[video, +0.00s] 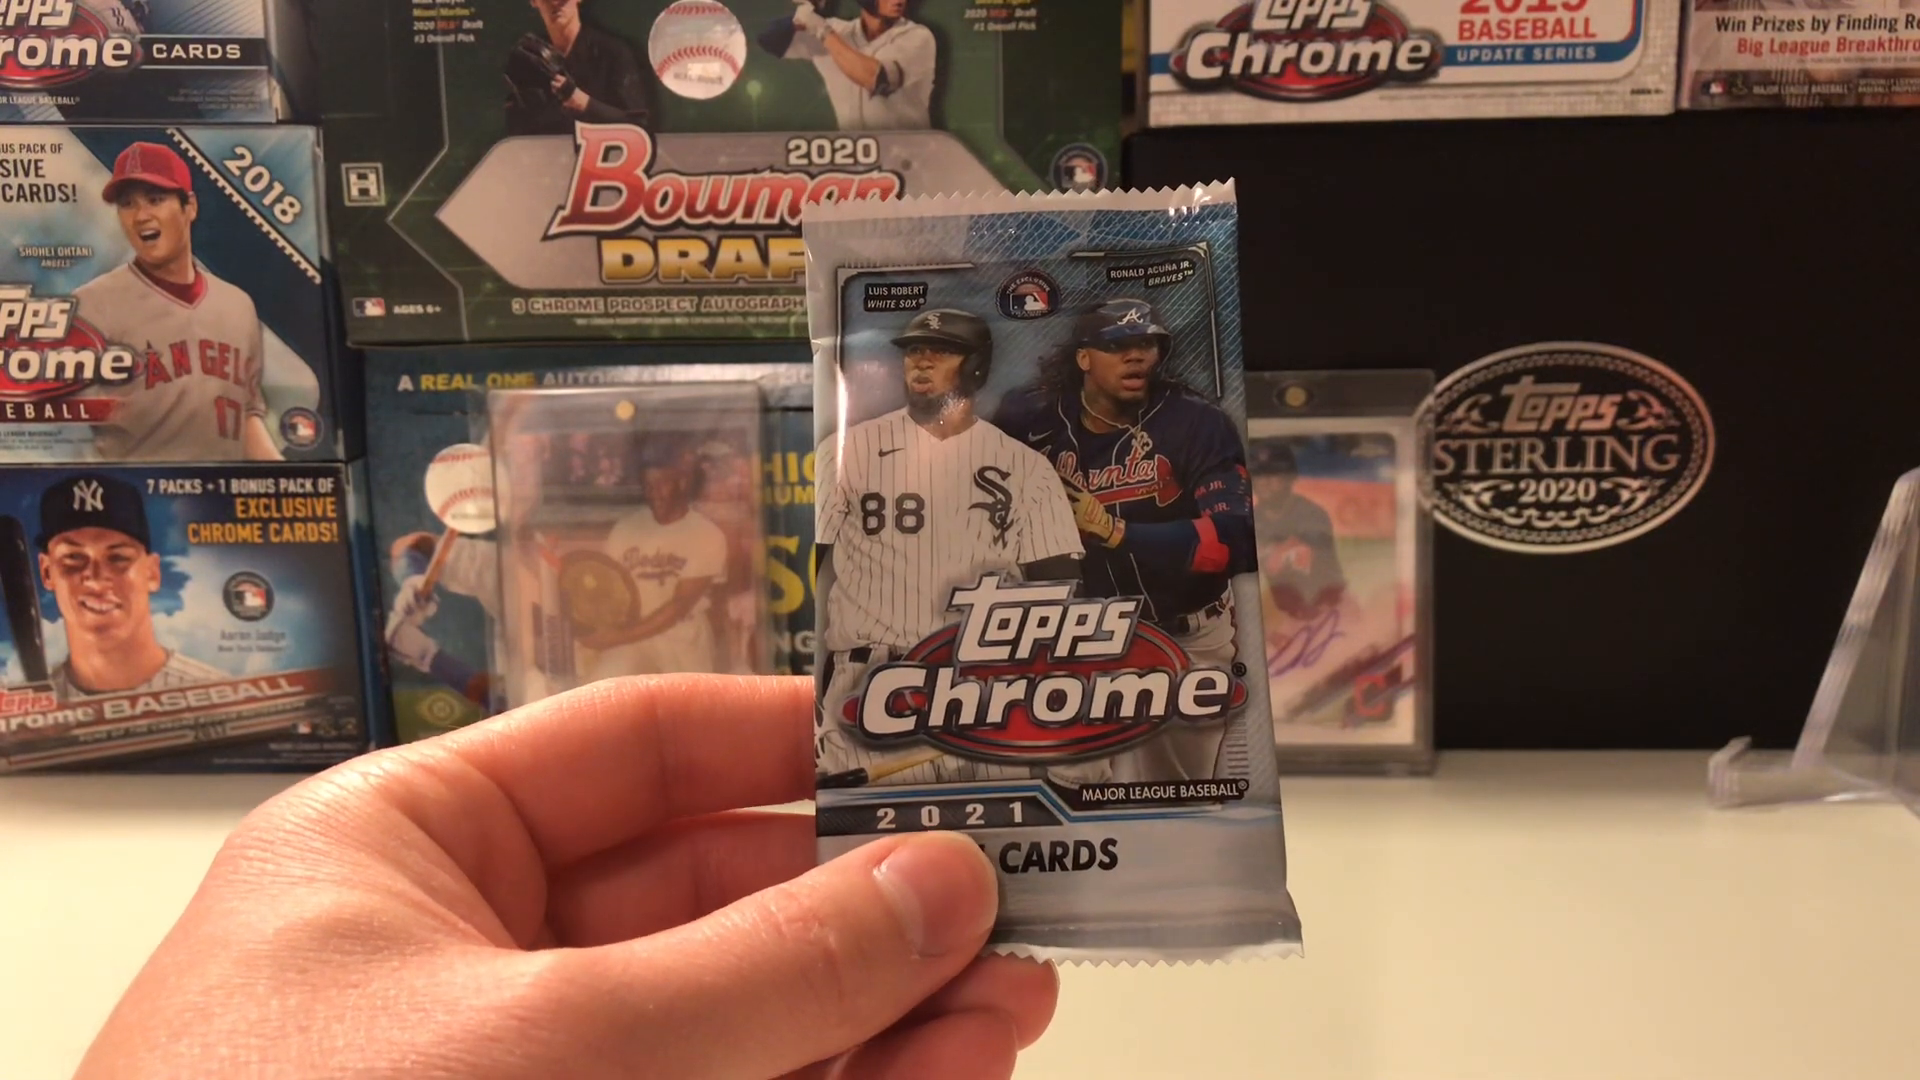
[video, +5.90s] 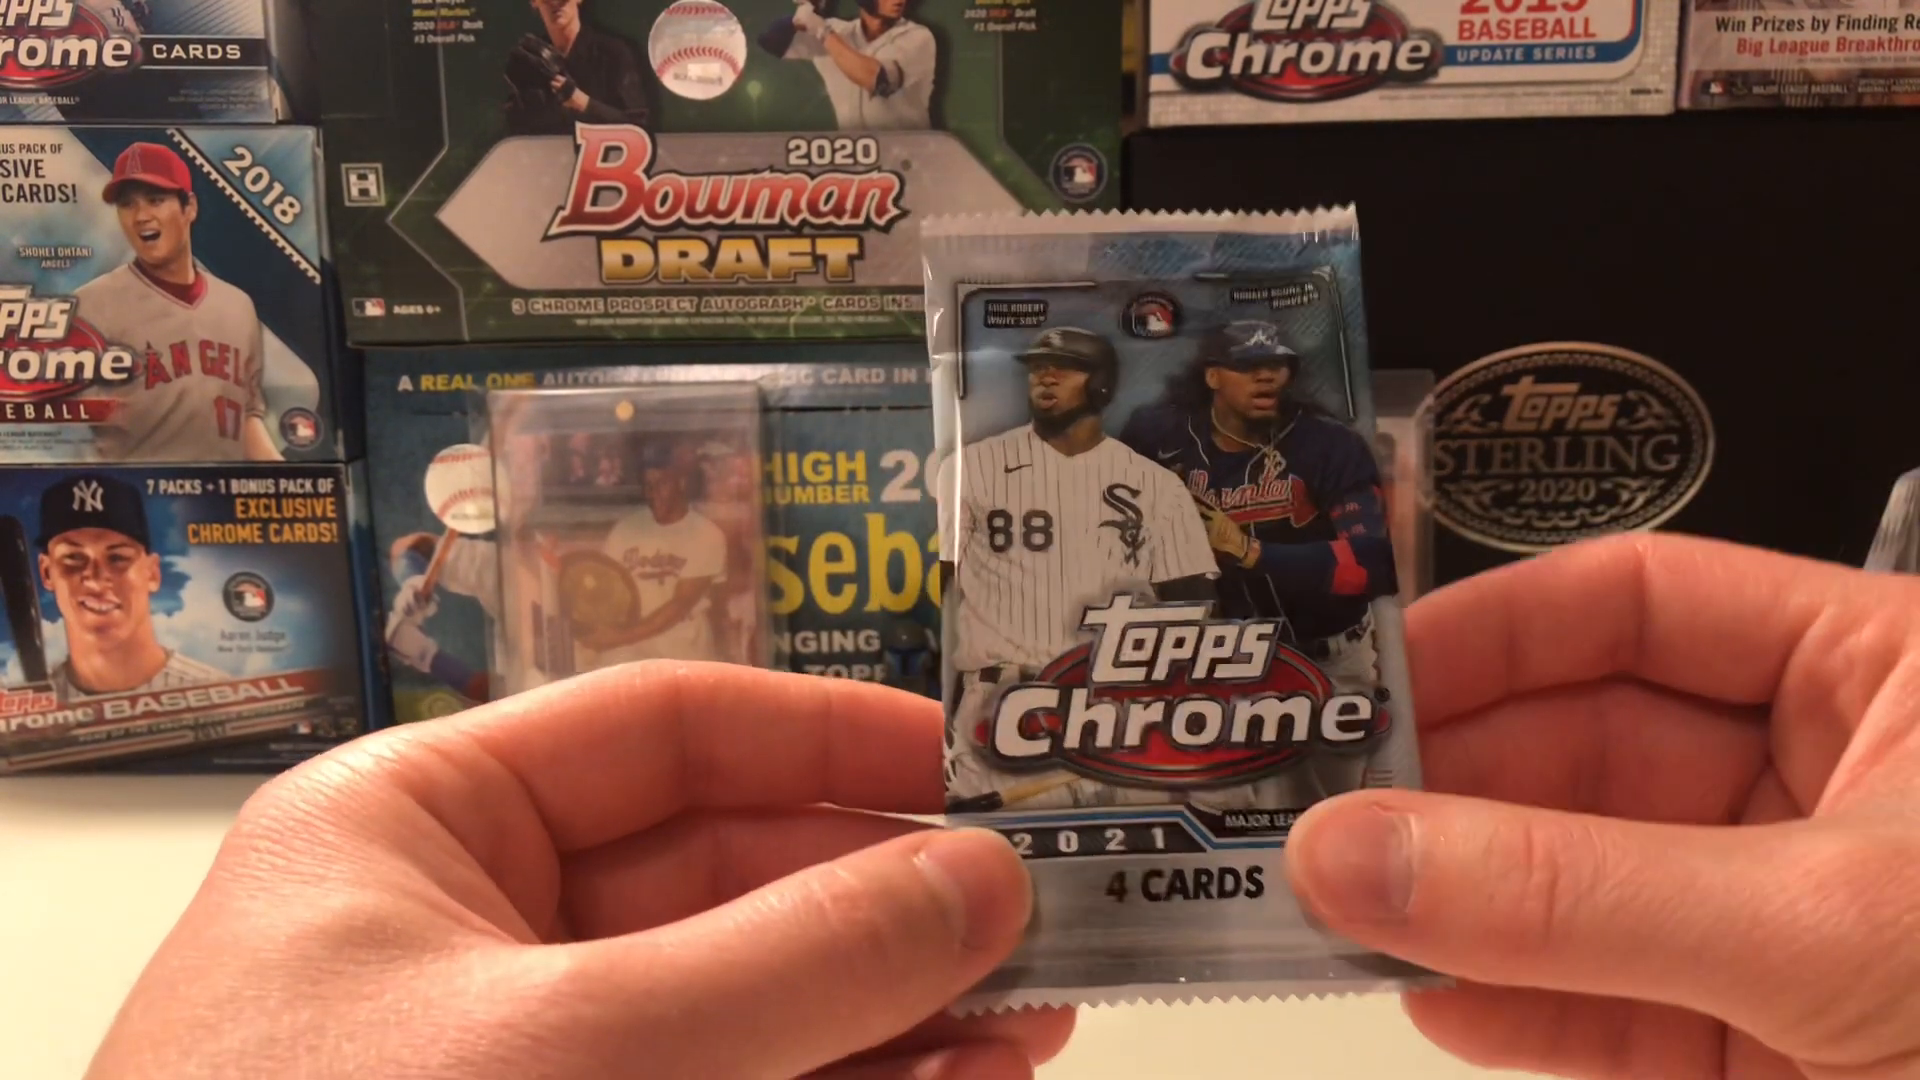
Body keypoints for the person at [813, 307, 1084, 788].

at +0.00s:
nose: (921, 363)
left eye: (938, 351)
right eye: (913, 350)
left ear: (973, 366)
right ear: (902, 361)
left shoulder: (1026, 470)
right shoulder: (848, 453)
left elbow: (1056, 592)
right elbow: (813, 577)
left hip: (980, 699)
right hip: (861, 696)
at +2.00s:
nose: (910, 365)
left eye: (927, 354)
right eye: (903, 353)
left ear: (963, 369)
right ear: (893, 363)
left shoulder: (1015, 470)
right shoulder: (837, 454)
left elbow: (1047, 590)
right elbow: (794, 570)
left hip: (971, 694)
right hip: (853, 691)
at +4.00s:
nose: (968, 373)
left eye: (986, 363)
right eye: (961, 362)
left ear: (1020, 378)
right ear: (951, 372)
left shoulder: (1076, 481)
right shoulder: (892, 465)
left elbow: (1110, 603)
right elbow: (849, 586)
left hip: (1033, 710)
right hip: (912, 709)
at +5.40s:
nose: (1032, 370)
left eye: (1051, 360)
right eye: (1025, 359)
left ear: (1087, 377)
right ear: (1014, 369)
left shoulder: (1145, 483)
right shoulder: (957, 464)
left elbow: (1178, 611)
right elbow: (910, 593)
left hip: (1100, 716)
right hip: (979, 714)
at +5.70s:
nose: (1028, 369)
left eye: (1046, 359)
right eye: (1021, 358)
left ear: (1083, 375)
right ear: (1010, 368)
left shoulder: (1139, 478)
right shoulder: (951, 462)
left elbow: (1172, 606)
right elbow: (912, 588)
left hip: (1099, 717)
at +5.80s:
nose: (1038, 376)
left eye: (1055, 366)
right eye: (1031, 365)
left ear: (1091, 382)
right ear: (1020, 375)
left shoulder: (1147, 485)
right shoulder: (959, 468)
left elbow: (1183, 611)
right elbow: (934, 593)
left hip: (1102, 711)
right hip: (982, 710)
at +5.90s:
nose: (1045, 379)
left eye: (1062, 368)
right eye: (1037, 368)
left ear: (1098, 384)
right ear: (1027, 378)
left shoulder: (1156, 486)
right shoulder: (970, 471)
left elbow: (1191, 613)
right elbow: (946, 594)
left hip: (1111, 714)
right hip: (993, 714)